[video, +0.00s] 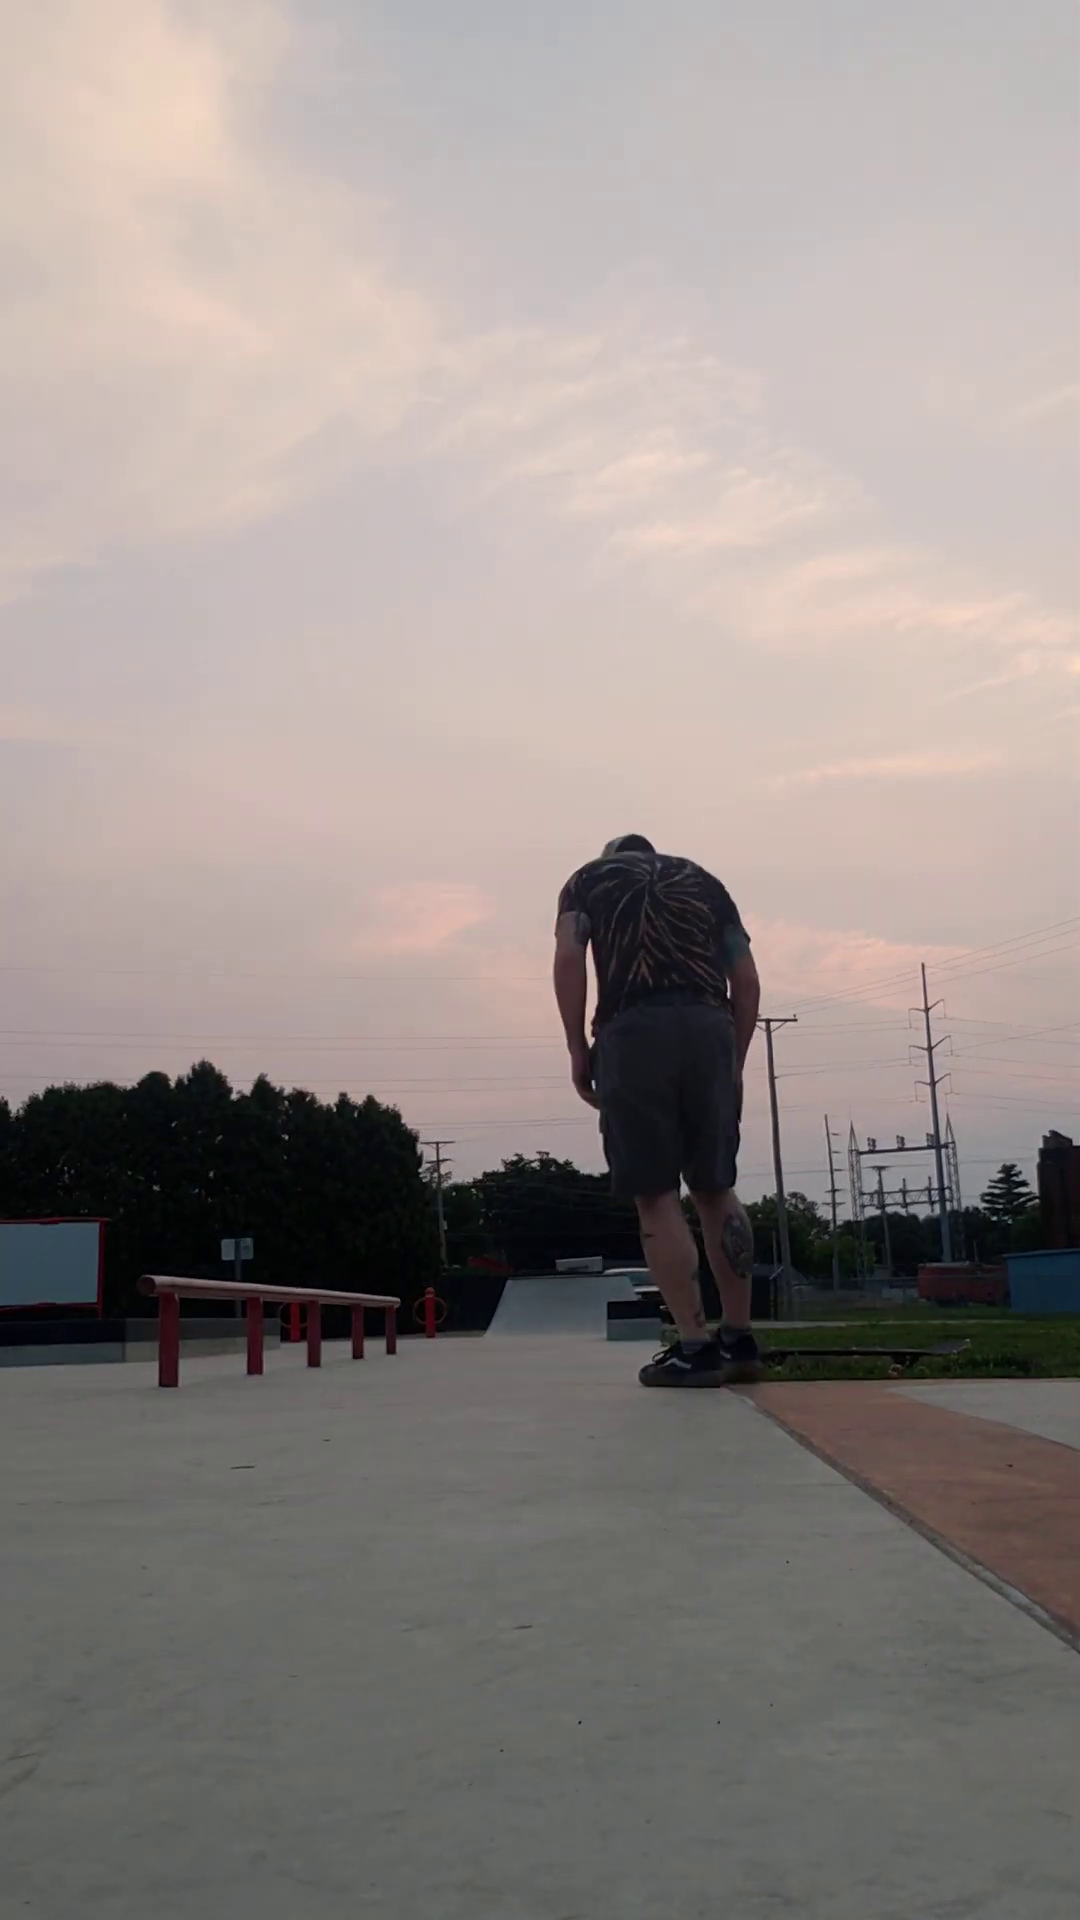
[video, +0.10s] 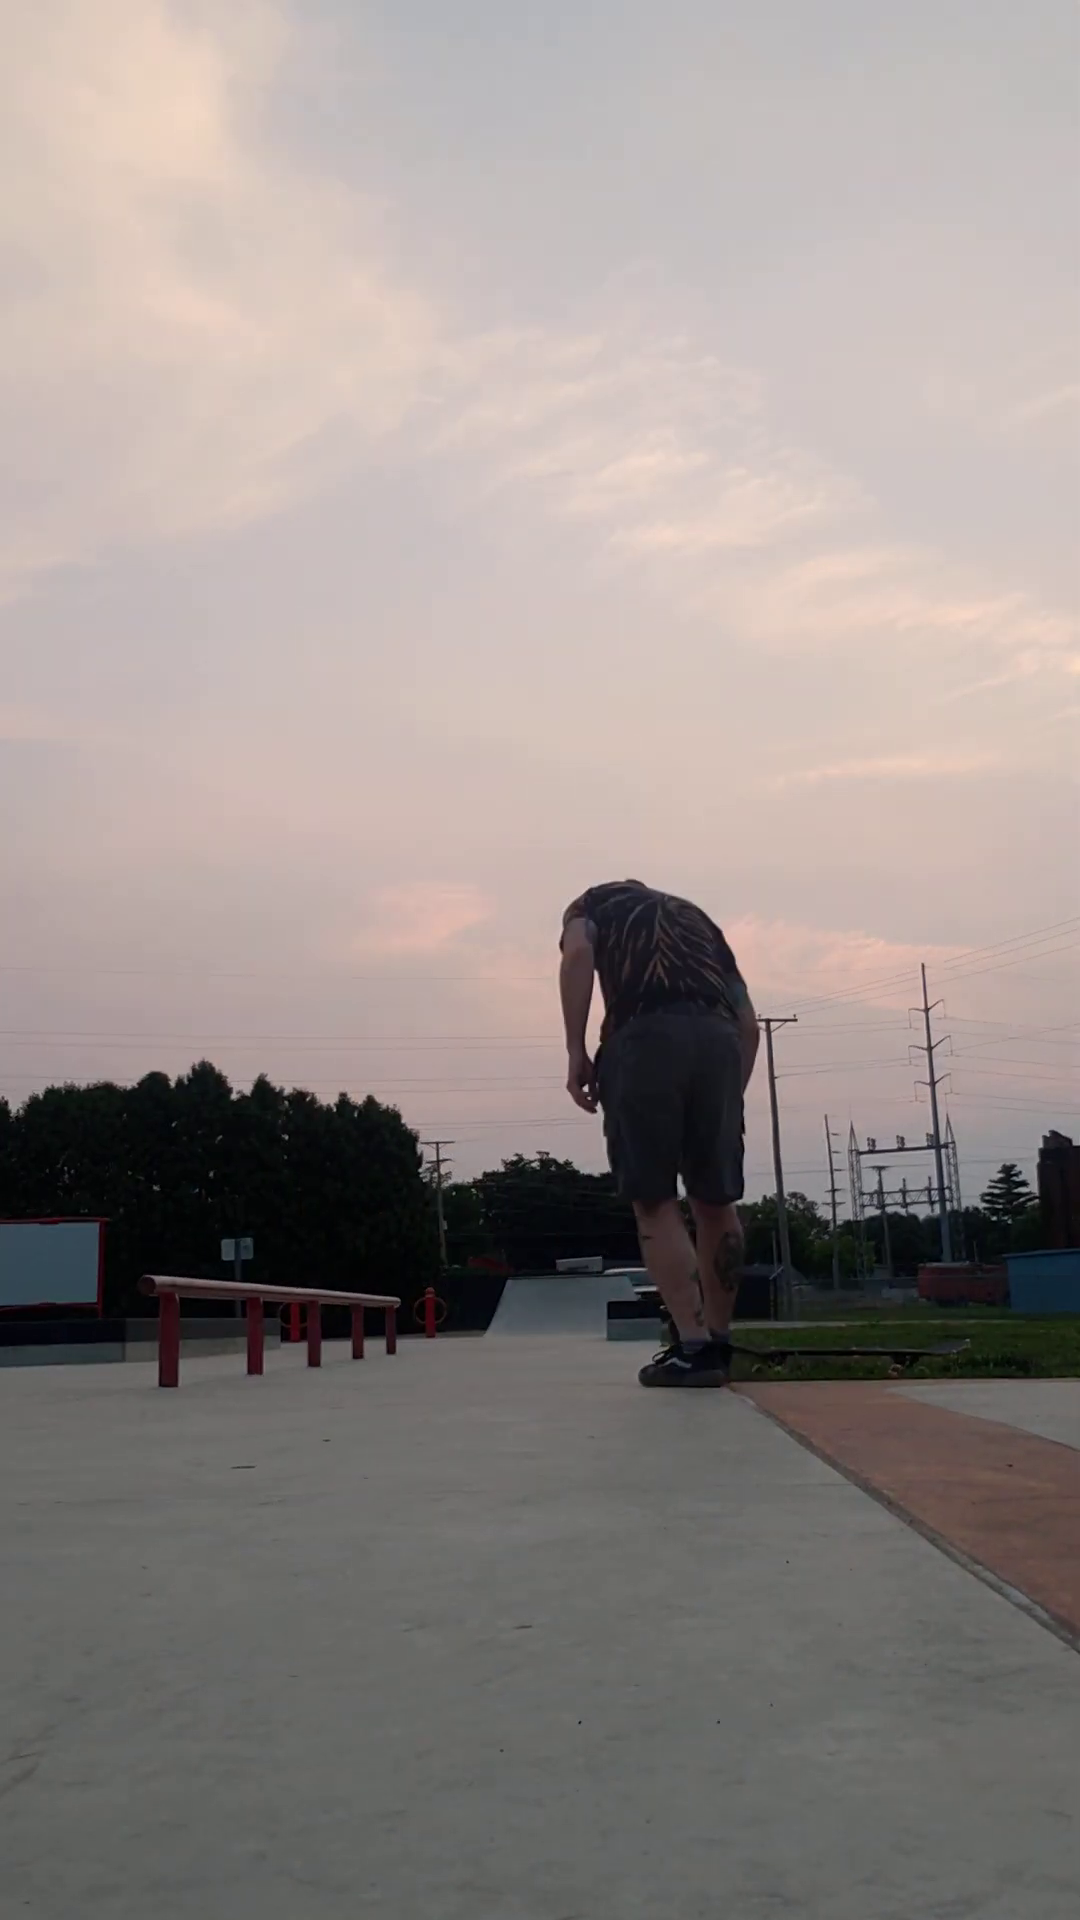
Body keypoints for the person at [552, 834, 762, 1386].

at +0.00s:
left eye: (605, 860)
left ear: (606, 857)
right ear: (654, 852)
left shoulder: (587, 880)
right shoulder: (701, 878)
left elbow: (569, 956)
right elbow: (746, 980)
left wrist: (577, 1045)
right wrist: (734, 1057)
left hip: (632, 1039)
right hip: (711, 1037)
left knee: (655, 1198)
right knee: (715, 1189)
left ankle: (694, 1347)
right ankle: (739, 1337)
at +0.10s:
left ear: (597, 896)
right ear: (646, 891)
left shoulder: (589, 904)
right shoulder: (695, 916)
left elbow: (578, 951)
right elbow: (749, 1023)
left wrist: (577, 1050)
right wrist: (729, 1095)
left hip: (644, 1043)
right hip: (720, 1046)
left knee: (654, 1203)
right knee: (716, 1200)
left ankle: (694, 1348)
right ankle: (717, 1342)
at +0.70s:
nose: (599, 1097)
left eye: (591, 1087)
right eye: (591, 1091)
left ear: (583, 1058)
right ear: (617, 1065)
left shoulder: (583, 1021)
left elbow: (589, 1016)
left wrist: (599, 1102)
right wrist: (712, 1282)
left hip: (680, 1047)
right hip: (741, 1058)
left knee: (650, 1205)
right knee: (688, 1203)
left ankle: (698, 1332)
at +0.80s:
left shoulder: (581, 993)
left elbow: (581, 1002)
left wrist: (593, 1094)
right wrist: (719, 1240)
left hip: (670, 1041)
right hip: (732, 1048)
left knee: (645, 1198)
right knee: (690, 1194)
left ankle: (696, 1321)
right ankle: (706, 1325)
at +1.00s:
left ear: (571, 954)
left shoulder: (568, 956)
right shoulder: (653, 965)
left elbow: (565, 986)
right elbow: (733, 1046)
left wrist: (572, 1080)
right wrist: (710, 1121)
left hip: (648, 1043)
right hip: (712, 1047)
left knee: (616, 1187)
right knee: (684, 1195)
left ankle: (659, 1311)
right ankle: (706, 1343)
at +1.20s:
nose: (540, 925)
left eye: (540, 918)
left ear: (543, 915)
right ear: (585, 910)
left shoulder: (544, 933)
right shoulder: (627, 937)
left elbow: (543, 981)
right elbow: (701, 1001)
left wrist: (546, 1071)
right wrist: (682, 1073)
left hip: (613, 1054)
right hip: (679, 1051)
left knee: (583, 1196)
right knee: (680, 1198)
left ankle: (564, 1341)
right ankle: (703, 1342)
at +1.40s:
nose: (511, 897)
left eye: (510, 889)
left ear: (513, 887)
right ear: (560, 883)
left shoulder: (509, 916)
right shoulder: (597, 919)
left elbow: (505, 985)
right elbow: (645, 999)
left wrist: (498, 1075)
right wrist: (623, 1061)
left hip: (561, 1065)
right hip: (626, 1064)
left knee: (547, 1206)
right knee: (628, 1197)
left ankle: (552, 1348)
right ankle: (680, 1326)